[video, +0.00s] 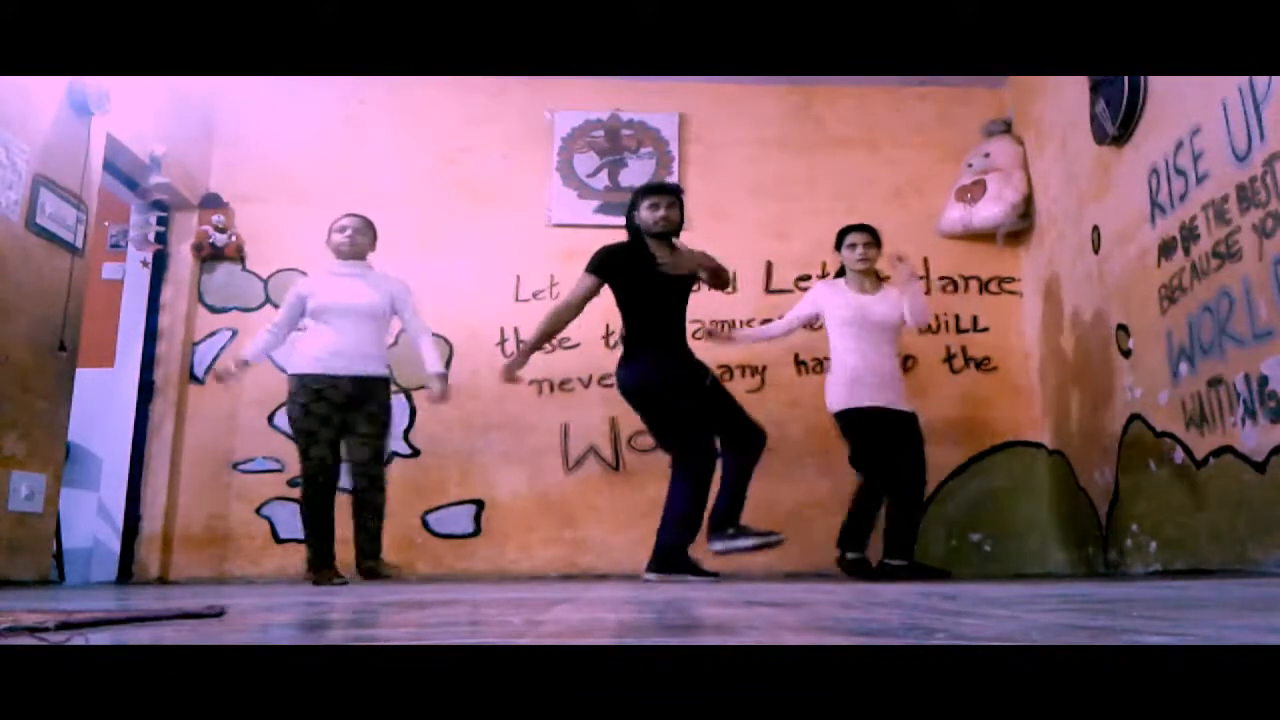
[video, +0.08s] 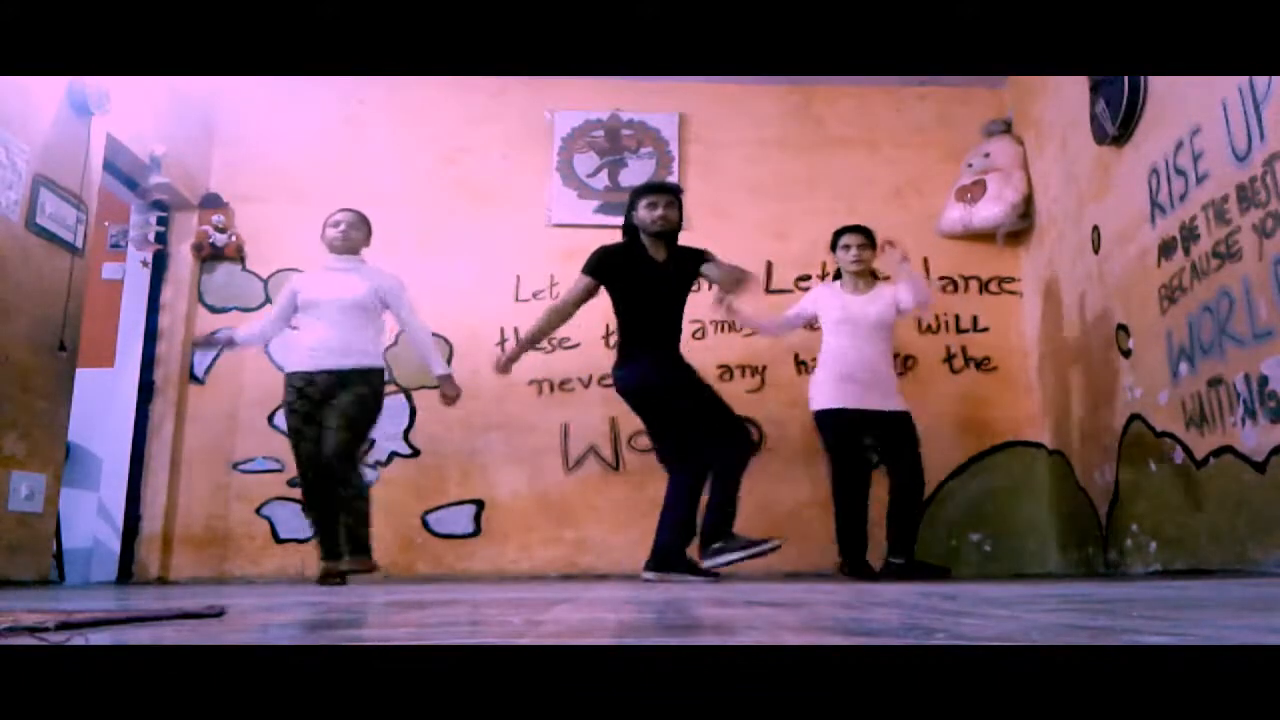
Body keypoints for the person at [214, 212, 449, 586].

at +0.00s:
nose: (348, 234)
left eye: (357, 230)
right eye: (341, 229)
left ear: (372, 244)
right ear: (327, 242)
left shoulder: (390, 286)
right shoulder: (309, 284)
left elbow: (418, 330)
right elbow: (277, 329)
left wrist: (435, 372)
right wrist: (243, 357)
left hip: (369, 388)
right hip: (314, 387)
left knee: (369, 476)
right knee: (319, 477)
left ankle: (369, 560)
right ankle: (321, 565)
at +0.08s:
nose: (341, 228)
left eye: (351, 224)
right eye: (334, 224)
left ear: (366, 239)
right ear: (321, 237)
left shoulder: (379, 280)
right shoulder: (301, 282)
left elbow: (414, 327)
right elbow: (267, 327)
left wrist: (442, 375)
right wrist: (221, 337)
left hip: (358, 380)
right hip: (305, 382)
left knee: (337, 458)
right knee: (312, 470)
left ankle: (358, 555)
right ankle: (330, 560)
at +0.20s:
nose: (330, 228)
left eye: (341, 226)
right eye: (324, 224)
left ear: (354, 241)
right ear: (310, 235)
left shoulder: (364, 280)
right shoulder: (284, 279)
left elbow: (402, 330)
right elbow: (242, 317)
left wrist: (435, 368)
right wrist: (203, 307)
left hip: (343, 377)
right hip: (300, 382)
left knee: (289, 455)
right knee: (332, 471)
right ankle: (379, 558)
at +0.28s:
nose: (320, 237)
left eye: (330, 234)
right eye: (315, 232)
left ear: (344, 249)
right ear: (303, 242)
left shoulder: (354, 287)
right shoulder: (278, 282)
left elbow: (396, 334)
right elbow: (231, 313)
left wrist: (432, 366)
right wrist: (196, 307)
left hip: (331, 383)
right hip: (293, 388)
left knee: (268, 464)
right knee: (331, 478)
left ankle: (267, 566)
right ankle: (382, 563)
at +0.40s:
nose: (235, 212)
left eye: (248, 209)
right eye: (230, 205)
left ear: (267, 230)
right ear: (218, 216)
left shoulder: (273, 277)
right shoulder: (179, 264)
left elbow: (330, 338)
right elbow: (114, 294)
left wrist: (377, 383)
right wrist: (79, 318)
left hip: (243, 387)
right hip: (188, 393)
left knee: (179, 482)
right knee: (207, 505)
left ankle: (188, 606)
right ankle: (304, 584)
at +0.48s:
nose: (231, 205)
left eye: (245, 202)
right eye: (224, 198)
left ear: (261, 223)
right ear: (211, 209)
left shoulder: (266, 271)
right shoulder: (172, 255)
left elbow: (303, 331)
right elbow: (109, 296)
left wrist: (331, 367)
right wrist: (78, 338)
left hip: (237, 381)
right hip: (173, 383)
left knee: (190, 481)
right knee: (175, 489)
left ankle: (177, 605)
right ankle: (272, 578)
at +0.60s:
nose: (208, 203)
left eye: (222, 199)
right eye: (201, 199)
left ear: (242, 219)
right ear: (190, 213)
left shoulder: (257, 272)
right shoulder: (161, 265)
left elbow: (242, 328)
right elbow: (133, 323)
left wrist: (194, 320)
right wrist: (103, 364)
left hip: (216, 392)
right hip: (149, 387)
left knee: (173, 494)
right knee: (145, 499)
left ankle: (134, 608)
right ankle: (185, 604)